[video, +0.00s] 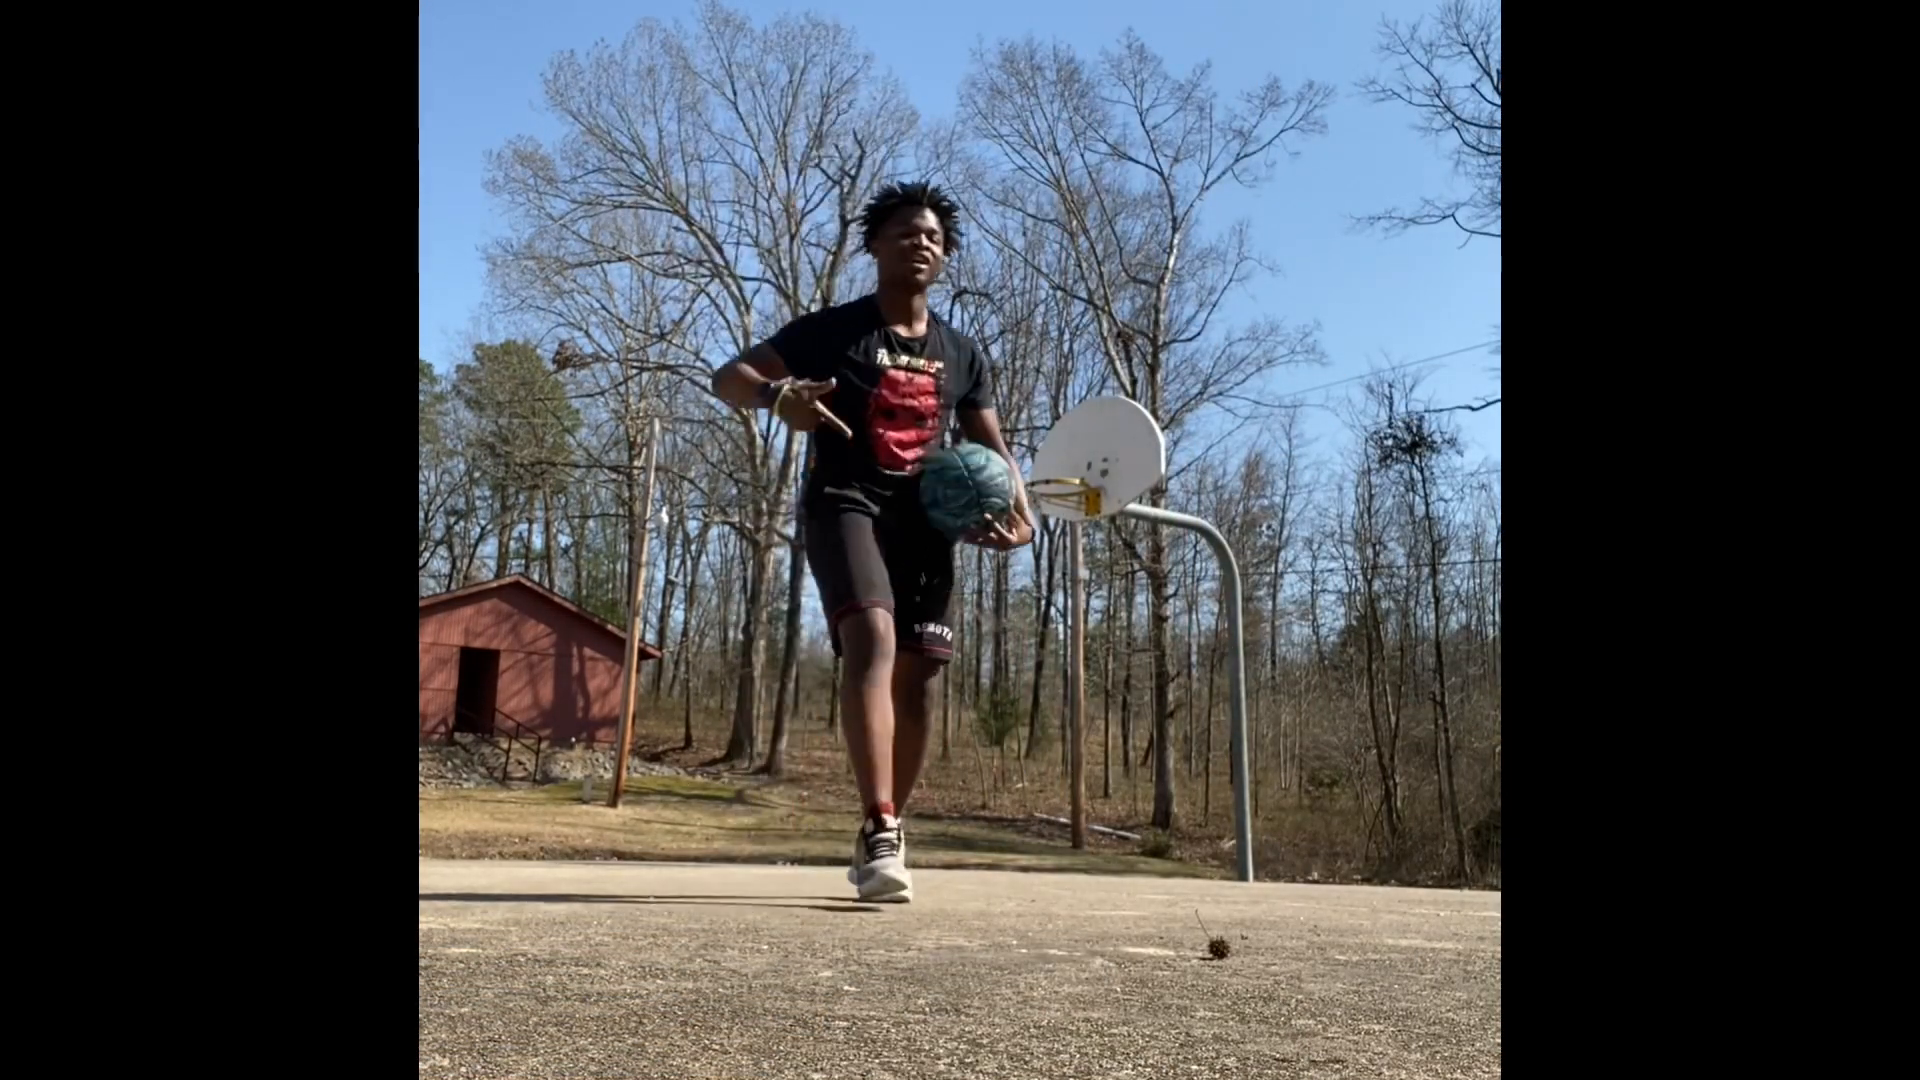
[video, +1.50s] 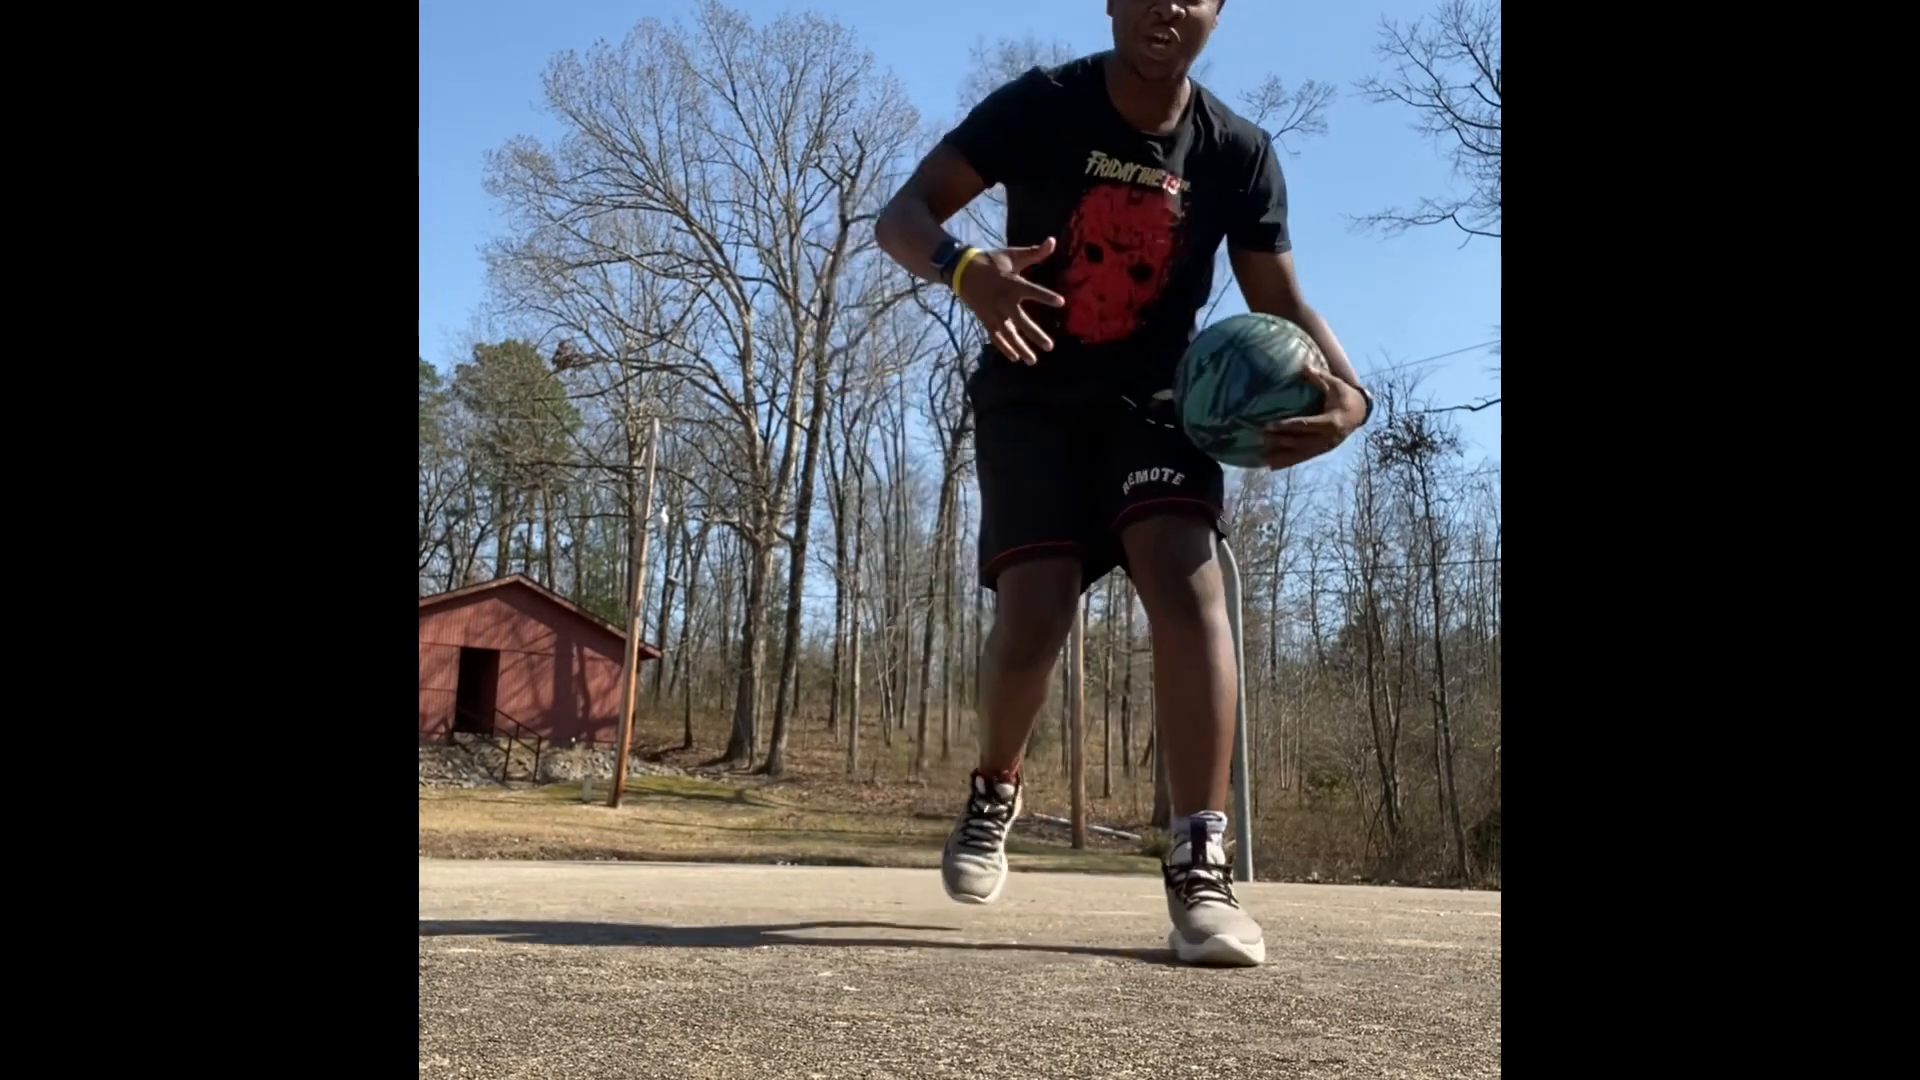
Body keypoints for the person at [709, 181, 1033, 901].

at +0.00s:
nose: (920, 245)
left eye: (931, 237)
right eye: (905, 235)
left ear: (944, 255)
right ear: (875, 249)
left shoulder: (962, 352)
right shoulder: (834, 329)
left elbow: (990, 445)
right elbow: (729, 379)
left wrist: (1020, 513)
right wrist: (776, 394)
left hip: (923, 514)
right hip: (846, 502)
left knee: (918, 678)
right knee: (874, 637)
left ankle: (883, 839)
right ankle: (881, 834)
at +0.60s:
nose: (996, 270)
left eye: (1006, 258)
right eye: (979, 256)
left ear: (1016, 269)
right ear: (941, 261)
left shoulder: (1005, 364)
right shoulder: (895, 325)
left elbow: (1016, 460)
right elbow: (833, 375)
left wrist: (1031, 520)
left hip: (952, 526)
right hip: (878, 508)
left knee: (912, 679)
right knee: (925, 637)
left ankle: (860, 843)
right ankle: (935, 844)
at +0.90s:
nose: (996, 181)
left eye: (1010, 163)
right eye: (976, 167)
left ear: (1033, 166)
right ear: (946, 172)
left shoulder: (1055, 268)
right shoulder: (900, 263)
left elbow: (1098, 379)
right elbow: (867, 400)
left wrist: (1127, 442)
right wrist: (966, 469)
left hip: (1012, 470)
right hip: (911, 467)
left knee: (1025, 668)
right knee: (934, 635)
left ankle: (952, 793)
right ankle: (940, 849)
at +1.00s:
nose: (1008, 134)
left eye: (1025, 118)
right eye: (989, 119)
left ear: (1050, 126)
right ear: (960, 127)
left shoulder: (1076, 235)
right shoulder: (913, 225)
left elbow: (1131, 346)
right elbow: (850, 356)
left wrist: (1166, 426)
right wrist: (937, 445)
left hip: (1032, 459)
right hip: (922, 453)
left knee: (1057, 630)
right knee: (929, 640)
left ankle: (1010, 829)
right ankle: (939, 853)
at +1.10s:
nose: (1037, 103)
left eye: (1056, 87)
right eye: (1018, 85)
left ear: (1081, 101)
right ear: (987, 92)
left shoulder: (1106, 220)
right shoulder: (931, 197)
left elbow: (1171, 325)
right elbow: (831, 309)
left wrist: (1203, 410)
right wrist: (887, 411)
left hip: (1052, 440)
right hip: (937, 434)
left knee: (1083, 596)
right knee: (934, 636)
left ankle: (1101, 855)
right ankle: (943, 853)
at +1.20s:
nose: (1079, 96)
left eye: (1100, 82)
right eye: (1061, 75)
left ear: (1123, 96)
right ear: (1028, 79)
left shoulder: (1143, 214)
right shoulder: (960, 180)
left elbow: (1220, 322)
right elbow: (819, 243)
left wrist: (1248, 408)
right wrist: (832, 332)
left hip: (1078, 443)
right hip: (958, 438)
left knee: (1117, 589)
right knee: (946, 651)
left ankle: (1172, 824)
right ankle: (945, 855)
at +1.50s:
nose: (1165, 11)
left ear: (1215, 17)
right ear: (1112, 6)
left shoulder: (1239, 153)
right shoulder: (1036, 108)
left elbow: (1280, 307)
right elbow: (902, 218)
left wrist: (1351, 394)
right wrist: (962, 269)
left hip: (1156, 399)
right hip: (1032, 394)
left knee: (1193, 587)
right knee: (1038, 609)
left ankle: (1201, 873)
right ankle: (993, 793)